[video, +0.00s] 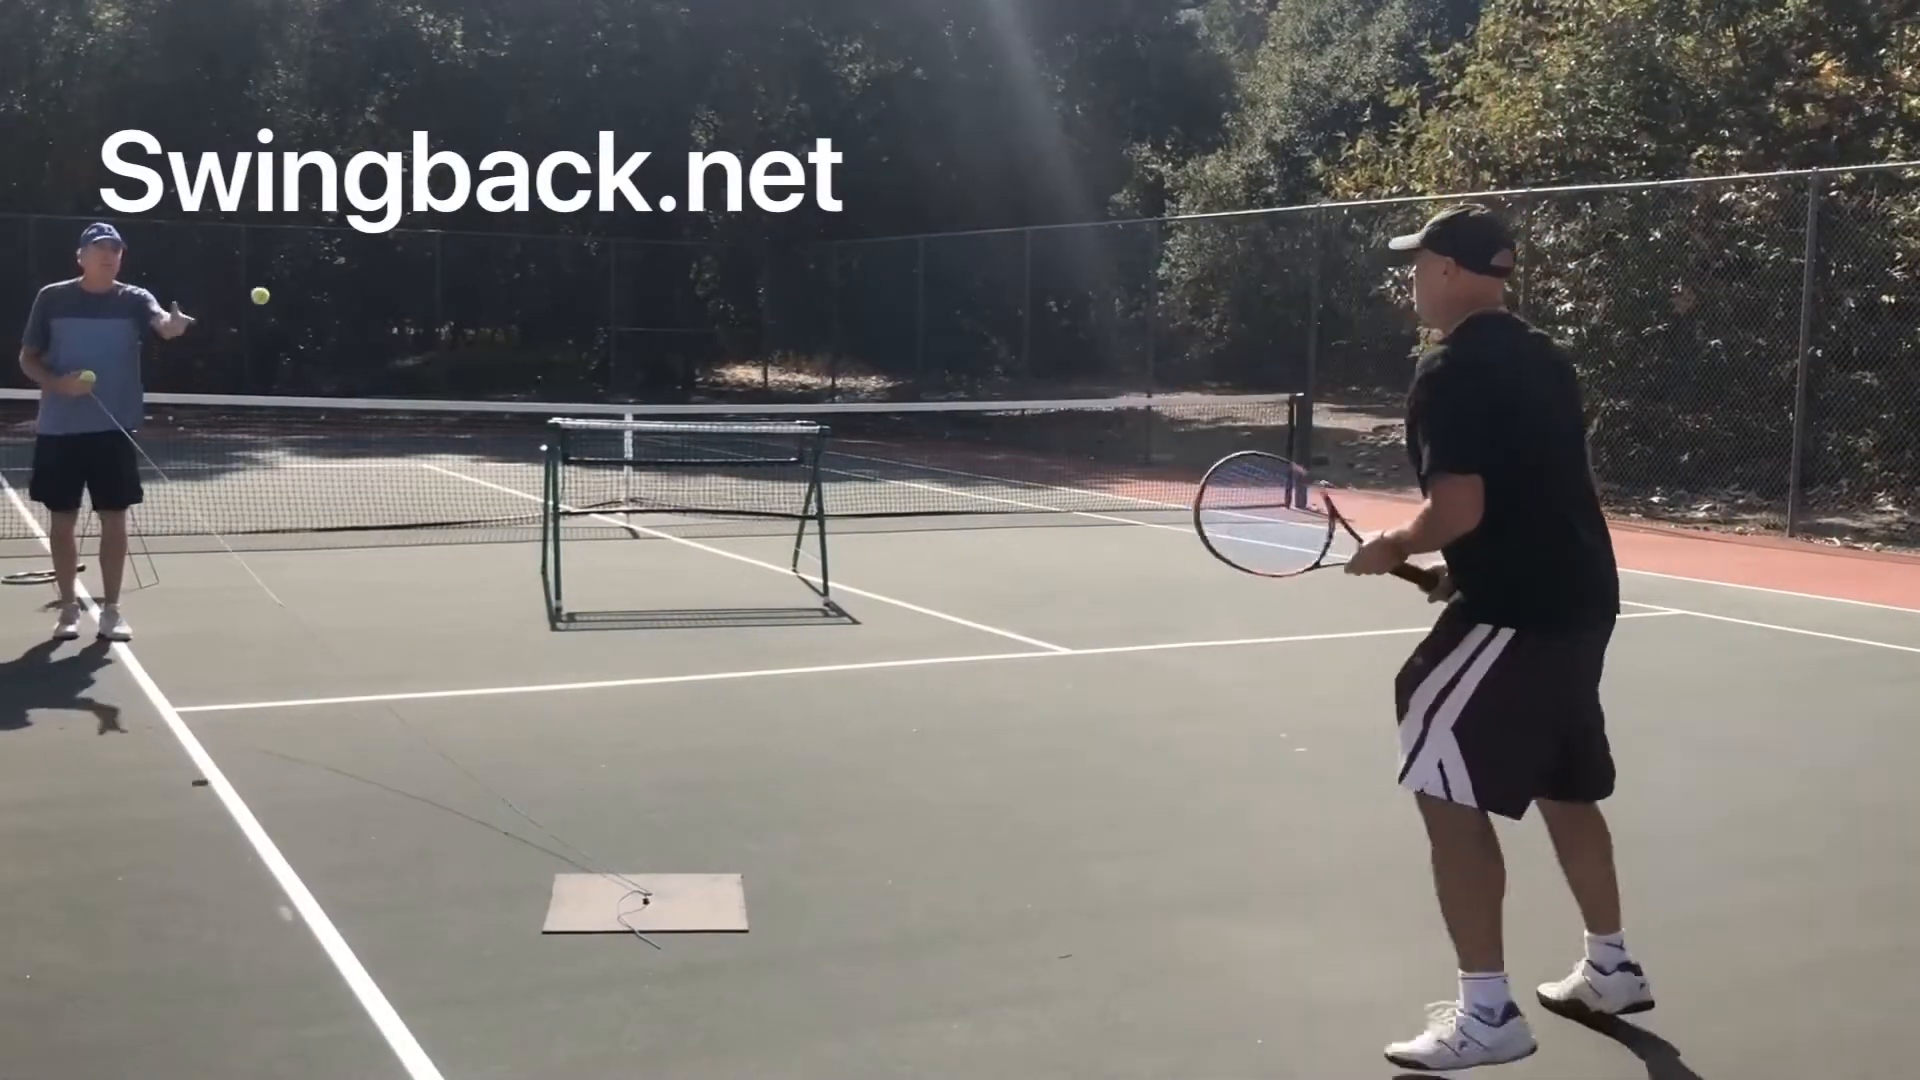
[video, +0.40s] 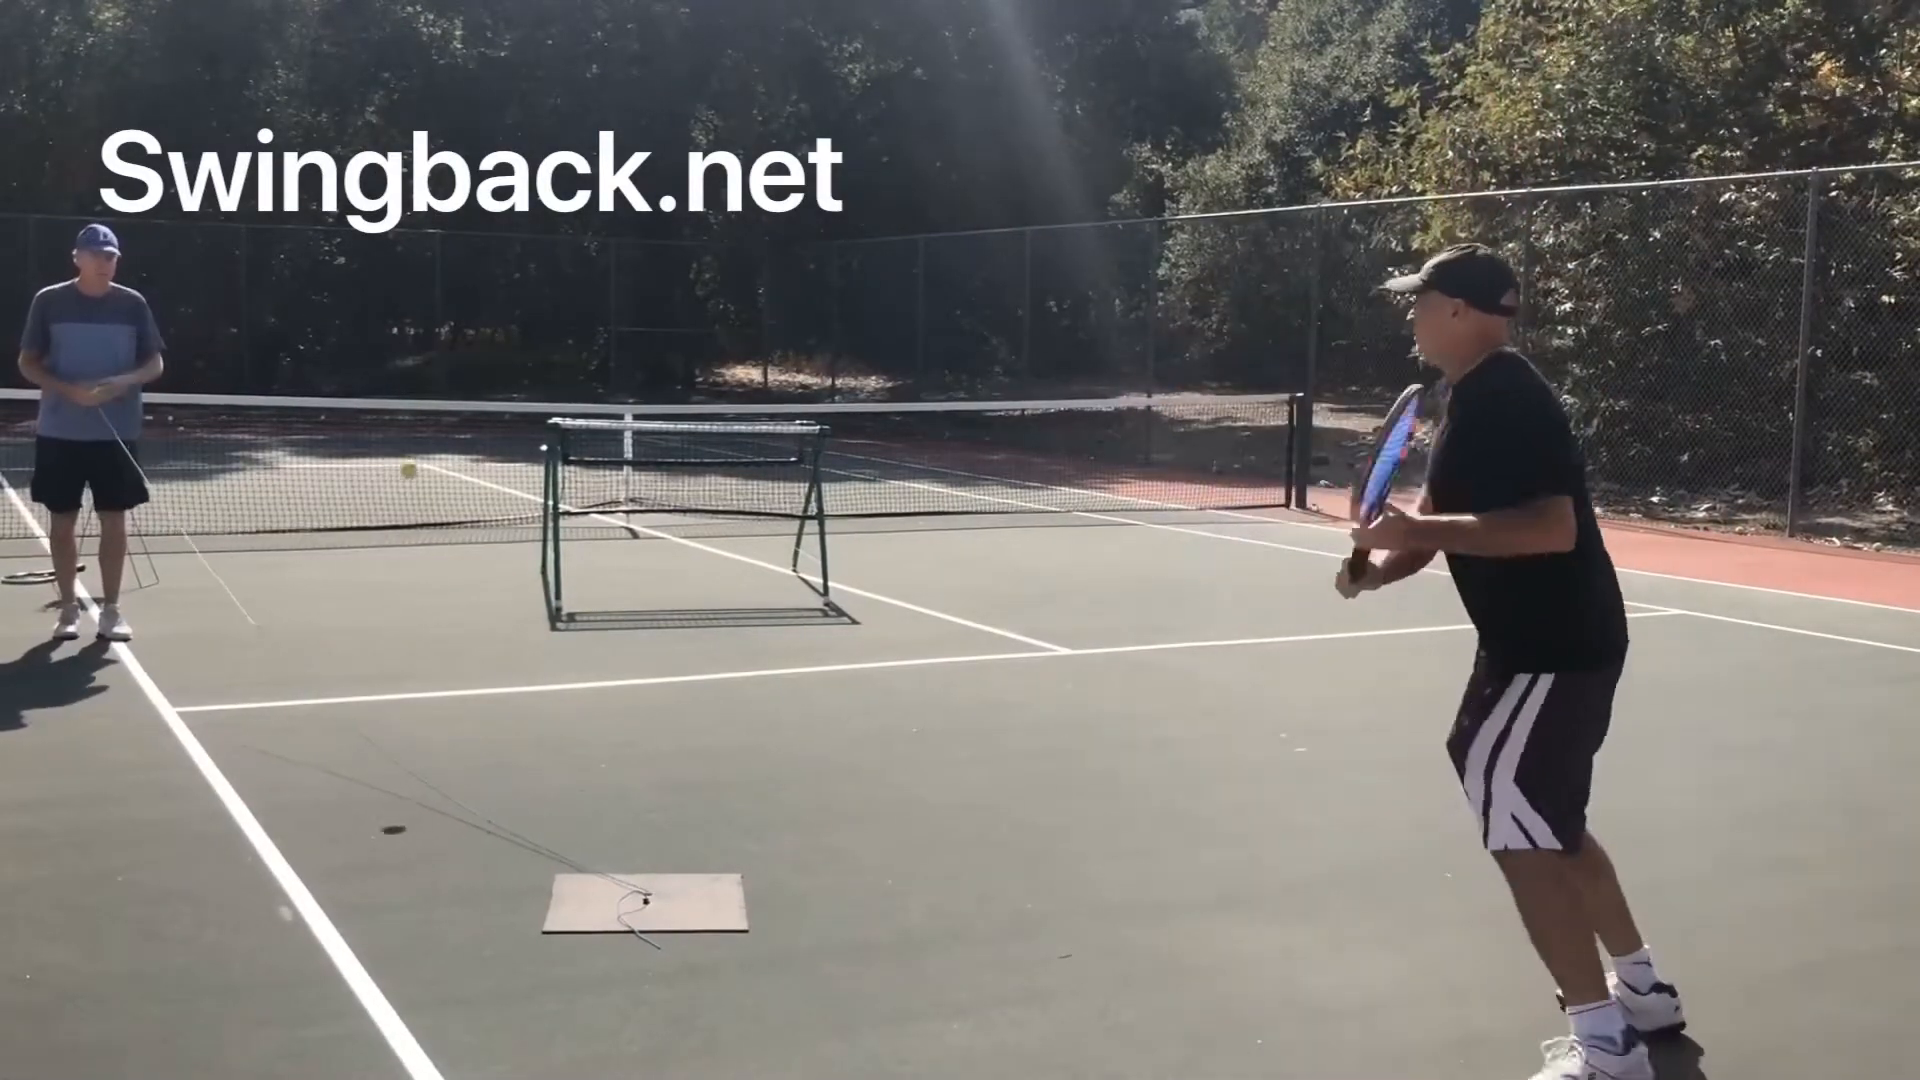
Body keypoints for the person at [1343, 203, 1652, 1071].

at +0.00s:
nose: (1411, 282)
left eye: (1420, 268)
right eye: (1415, 268)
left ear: (1455, 275)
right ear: (1491, 279)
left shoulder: (1456, 369)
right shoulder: (1543, 357)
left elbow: (1458, 508)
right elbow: (1552, 496)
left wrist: (1393, 541)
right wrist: (1453, 561)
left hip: (1514, 610)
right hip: (1581, 602)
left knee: (1442, 776)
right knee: (1562, 779)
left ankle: (1487, 1011)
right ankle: (1613, 967)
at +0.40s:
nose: (1412, 315)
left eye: (1425, 302)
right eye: (1417, 303)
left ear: (1467, 315)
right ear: (1470, 317)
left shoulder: (1506, 394)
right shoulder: (1474, 398)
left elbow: (1552, 526)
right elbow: (1458, 523)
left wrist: (1419, 528)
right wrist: (1393, 564)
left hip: (1553, 650)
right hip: (1544, 642)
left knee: (1516, 830)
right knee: (1548, 818)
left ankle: (1602, 1043)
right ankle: (1641, 989)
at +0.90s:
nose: (1248, 327)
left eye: (1258, 313)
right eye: (1249, 315)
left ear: (1303, 317)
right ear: (1288, 319)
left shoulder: (1376, 381)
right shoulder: (1260, 391)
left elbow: (1457, 452)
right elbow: (1232, 455)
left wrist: (1378, 386)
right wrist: (1267, 450)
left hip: (1402, 616)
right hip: (1321, 606)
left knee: (1399, 786)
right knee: (1247, 736)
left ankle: (1472, 973)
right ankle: (1245, 879)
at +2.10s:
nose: (1376, 315)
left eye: (1383, 303)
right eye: (1379, 302)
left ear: (1413, 313)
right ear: (1451, 316)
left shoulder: (1404, 408)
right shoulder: (1497, 397)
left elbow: (1390, 542)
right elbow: (1521, 522)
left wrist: (1326, 576)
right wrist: (1402, 564)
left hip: (1434, 630)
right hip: (1505, 627)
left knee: (1335, 727)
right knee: (1501, 772)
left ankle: (1314, 926)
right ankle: (1593, 932)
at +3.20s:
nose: (1261, 342)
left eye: (1272, 325)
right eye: (1262, 327)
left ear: (1323, 328)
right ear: (1309, 333)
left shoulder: (1424, 398)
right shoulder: (1288, 423)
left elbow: (1515, 508)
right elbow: (1270, 530)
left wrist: (1420, 519)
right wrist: (1292, 572)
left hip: (1451, 656)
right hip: (1360, 642)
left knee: (1419, 830)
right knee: (1262, 780)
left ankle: (1486, 1041)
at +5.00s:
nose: (1230, 312)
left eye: (1238, 300)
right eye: (1234, 299)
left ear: (1269, 309)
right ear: (1309, 311)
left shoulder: (1259, 403)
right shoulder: (1361, 392)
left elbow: (1260, 544)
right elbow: (1359, 528)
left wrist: (1208, 577)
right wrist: (1259, 584)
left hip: (1298, 646)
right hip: (1379, 642)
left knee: (1214, 785)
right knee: (1354, 800)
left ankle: (1236, 994)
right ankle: (1418, 941)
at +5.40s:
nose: (1197, 308)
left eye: (1208, 293)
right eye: (1199, 293)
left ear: (1256, 300)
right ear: (1235, 301)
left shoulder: (1312, 386)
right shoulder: (1228, 383)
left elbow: (1355, 515)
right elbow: (1219, 501)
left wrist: (1253, 562)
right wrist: (1198, 581)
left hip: (1344, 617)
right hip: (1293, 614)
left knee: (1294, 775)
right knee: (1306, 776)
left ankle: (1371, 973)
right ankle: (1351, 935)